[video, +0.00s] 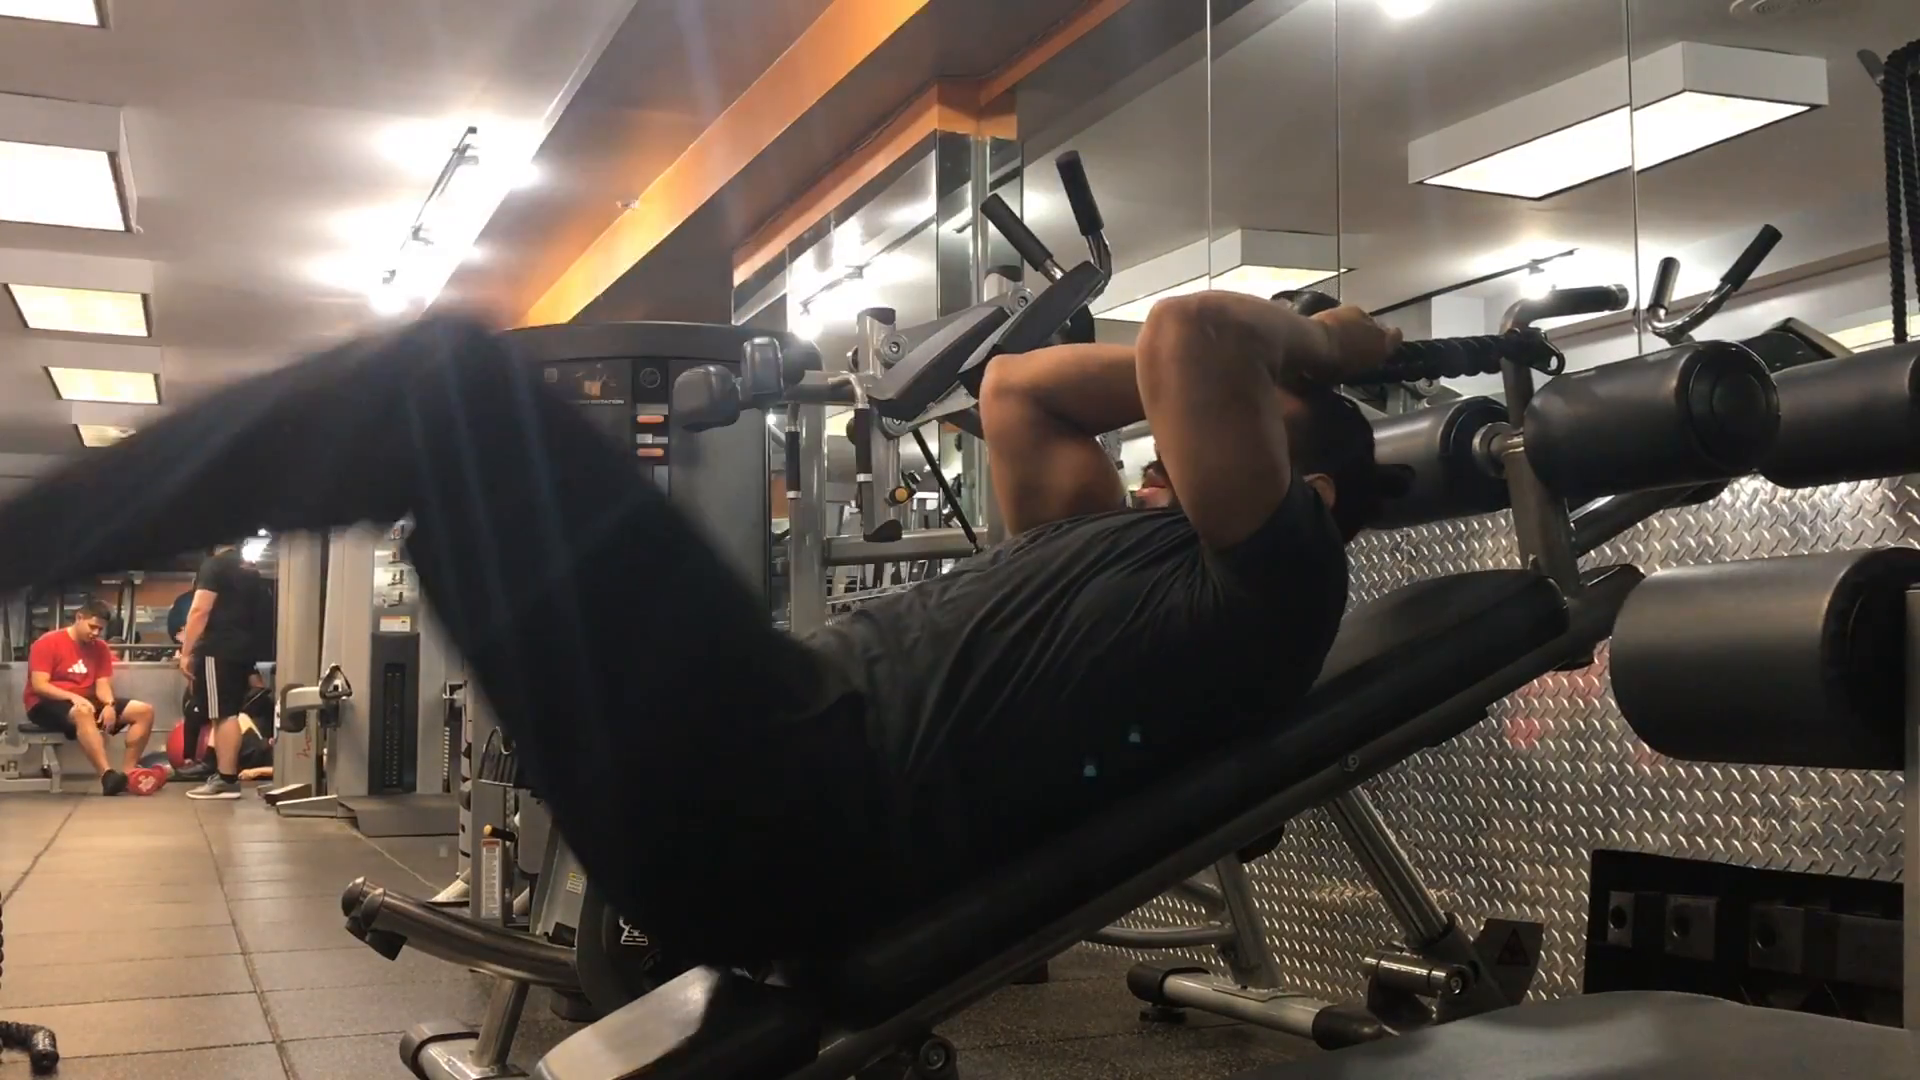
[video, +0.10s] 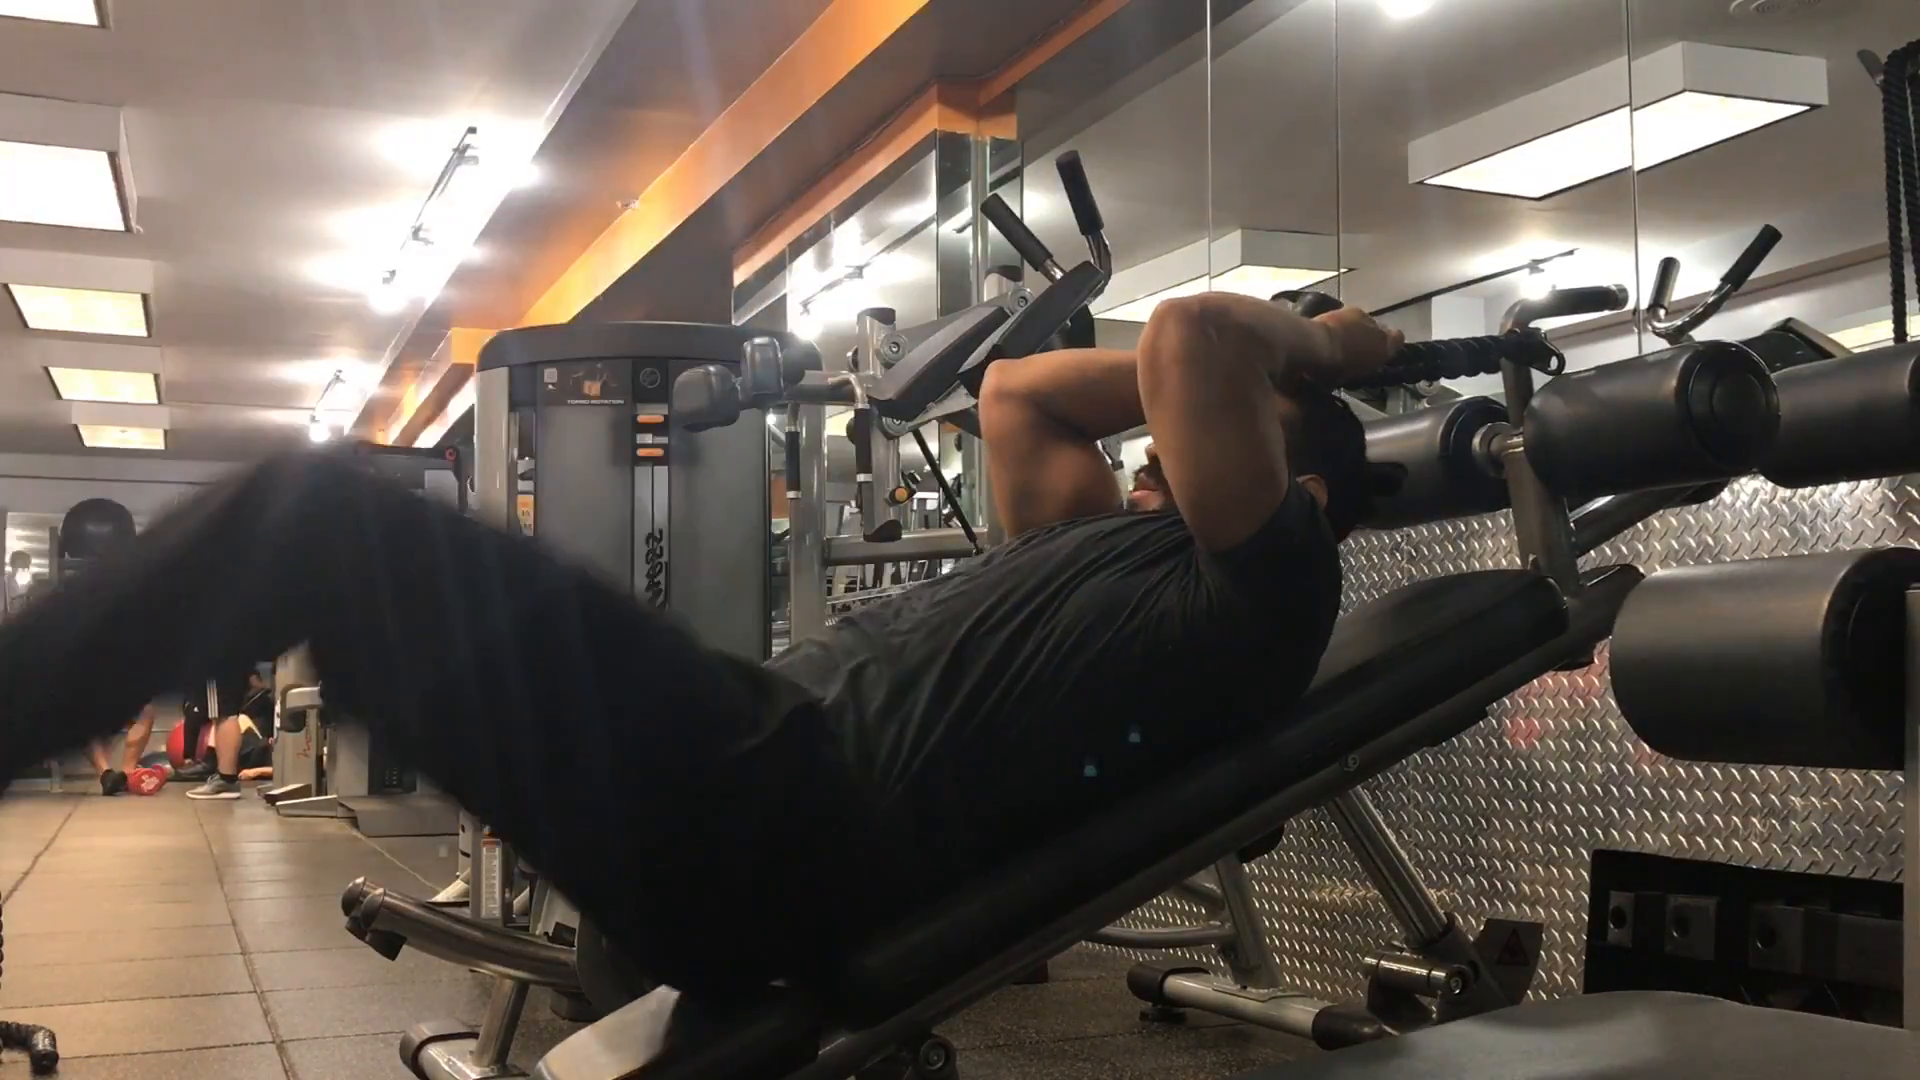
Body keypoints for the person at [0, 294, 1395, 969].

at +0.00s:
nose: (1208, 471)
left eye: (1246, 458)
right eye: (1231, 454)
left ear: (1290, 491)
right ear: (1236, 493)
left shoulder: (1261, 609)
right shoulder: (1112, 573)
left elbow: (1192, 328)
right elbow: (1026, 394)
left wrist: (1325, 338)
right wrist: (1236, 389)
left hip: (789, 820)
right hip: (748, 757)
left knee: (450, 377)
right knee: (451, 382)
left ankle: (33, 541)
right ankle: (50, 533)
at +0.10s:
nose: (1176, 469)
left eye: (1219, 455)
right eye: (1197, 447)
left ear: (1273, 484)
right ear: (1212, 491)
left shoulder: (1255, 612)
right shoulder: (1105, 567)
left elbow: (1192, 329)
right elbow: (1024, 394)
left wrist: (1311, 343)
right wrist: (1228, 400)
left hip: (791, 846)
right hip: (748, 768)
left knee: (324, 513)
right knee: (318, 498)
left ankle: (25, 689)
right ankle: (89, 609)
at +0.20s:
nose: (1168, 461)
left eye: (1220, 441)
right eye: (1191, 444)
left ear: (1274, 480)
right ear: (1211, 488)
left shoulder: (1257, 607)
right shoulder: (1098, 573)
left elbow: (1187, 328)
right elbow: (1018, 397)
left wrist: (1313, 348)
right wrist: (1222, 401)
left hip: (776, 840)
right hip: (729, 762)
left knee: (231, 671)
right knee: (237, 657)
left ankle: (7, 836)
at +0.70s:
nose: (1173, 462)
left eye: (1223, 443)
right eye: (1198, 441)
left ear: (1277, 488)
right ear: (1208, 492)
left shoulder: (1251, 608)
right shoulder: (1097, 570)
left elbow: (1175, 324)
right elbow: (1008, 404)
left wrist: (1300, 350)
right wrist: (1212, 403)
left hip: (777, 863)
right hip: (740, 783)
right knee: (334, 493)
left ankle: (28, 701)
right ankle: (88, 627)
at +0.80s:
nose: (1227, 468)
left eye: (1268, 466)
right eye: (1253, 456)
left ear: (1306, 509)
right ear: (1251, 490)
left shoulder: (1251, 611)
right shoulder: (1093, 569)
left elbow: (1193, 326)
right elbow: (1017, 400)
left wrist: (1326, 344)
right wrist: (1221, 378)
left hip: (777, 851)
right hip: (732, 780)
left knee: (543, 352)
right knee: (543, 341)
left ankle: (90, 473)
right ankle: (106, 458)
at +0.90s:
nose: (1274, 461)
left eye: (1311, 465)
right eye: (1298, 457)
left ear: (1329, 501)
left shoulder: (1273, 592)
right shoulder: (1105, 558)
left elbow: (1209, 329)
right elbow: (1013, 388)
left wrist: (1332, 336)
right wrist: (1227, 363)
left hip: (776, 790)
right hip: (767, 727)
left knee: (758, 275)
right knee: (777, 254)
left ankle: (319, 229)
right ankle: (364, 228)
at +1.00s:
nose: (1294, 437)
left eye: (1321, 444)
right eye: (1300, 431)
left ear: (1353, 524)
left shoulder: (1301, 576)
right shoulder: (1147, 570)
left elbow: (1206, 329)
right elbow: (1028, 394)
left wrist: (1326, 331)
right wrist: (1221, 382)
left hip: (781, 706)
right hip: (697, 684)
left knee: (966, 243)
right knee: (898, 309)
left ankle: (582, 59)